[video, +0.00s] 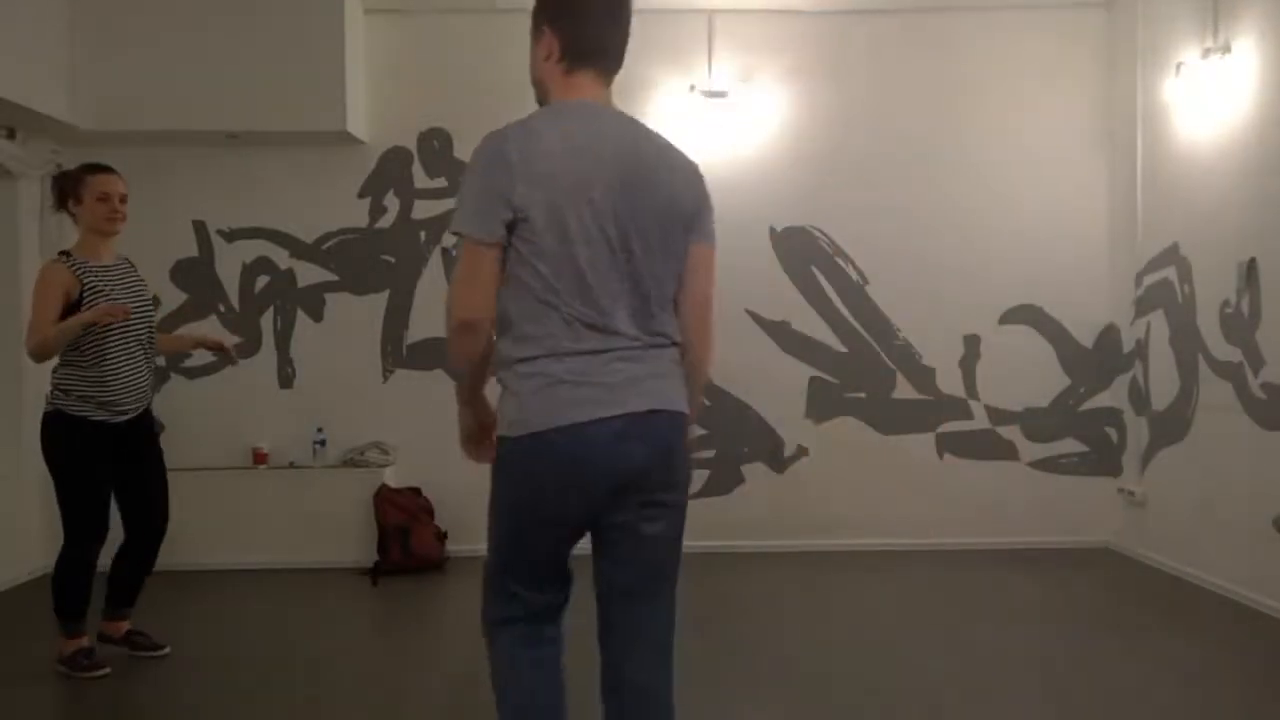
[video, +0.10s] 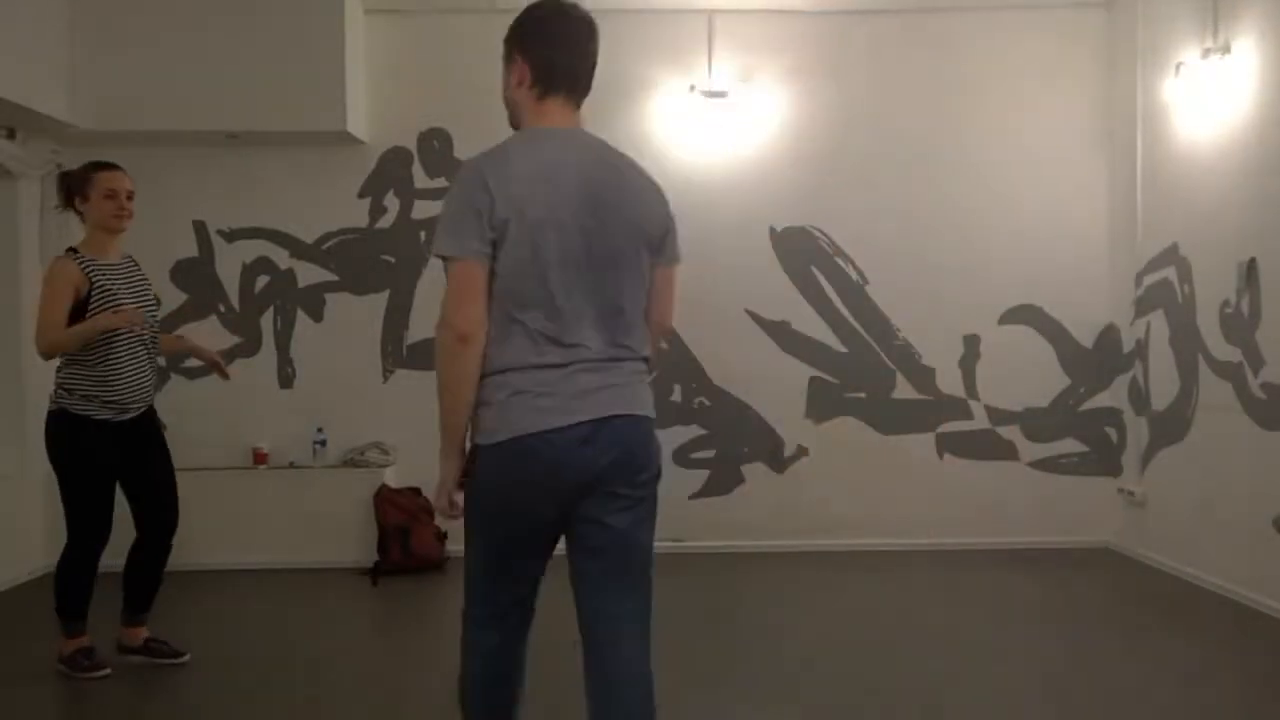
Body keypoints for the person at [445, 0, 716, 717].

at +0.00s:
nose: (531, 54)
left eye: (533, 38)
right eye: (534, 38)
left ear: (550, 45)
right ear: (617, 53)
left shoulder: (507, 153)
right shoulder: (677, 169)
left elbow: (471, 319)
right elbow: (696, 338)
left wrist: (471, 402)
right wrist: (674, 422)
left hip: (545, 433)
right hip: (655, 431)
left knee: (523, 617)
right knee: (641, 632)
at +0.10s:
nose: (505, 82)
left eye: (507, 69)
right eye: (507, 70)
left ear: (521, 72)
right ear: (588, 75)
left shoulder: (486, 177)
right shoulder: (641, 184)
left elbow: (464, 328)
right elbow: (658, 321)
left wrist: (453, 450)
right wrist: (612, 382)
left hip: (517, 441)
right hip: (623, 433)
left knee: (494, 636)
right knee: (621, 640)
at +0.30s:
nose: (448, 113)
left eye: (449, 102)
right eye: (449, 103)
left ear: (461, 106)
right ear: (524, 109)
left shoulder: (431, 203)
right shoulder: (573, 208)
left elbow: (422, 330)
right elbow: (588, 330)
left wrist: (403, 453)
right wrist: (542, 369)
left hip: (458, 437)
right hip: (549, 435)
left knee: (456, 599)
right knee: (553, 599)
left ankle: (465, 713)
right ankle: (585, 713)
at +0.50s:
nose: (410, 122)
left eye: (411, 111)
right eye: (413, 110)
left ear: (423, 113)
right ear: (478, 115)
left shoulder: (394, 193)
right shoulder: (528, 206)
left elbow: (371, 311)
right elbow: (549, 323)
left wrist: (348, 416)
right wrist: (531, 398)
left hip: (427, 413)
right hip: (508, 408)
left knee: (440, 568)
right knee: (485, 548)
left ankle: (463, 708)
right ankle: (494, 697)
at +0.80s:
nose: (365, 155)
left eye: (367, 144)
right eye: (367, 144)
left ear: (385, 145)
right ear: (427, 148)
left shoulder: (379, 218)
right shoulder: (470, 229)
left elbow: (360, 327)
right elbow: (485, 336)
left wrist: (307, 389)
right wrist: (452, 384)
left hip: (394, 417)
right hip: (460, 412)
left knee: (375, 557)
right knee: (440, 551)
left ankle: (436, 682)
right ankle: (421, 678)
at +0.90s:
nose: (350, 155)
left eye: (352, 144)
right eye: (351, 144)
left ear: (370, 145)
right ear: (410, 146)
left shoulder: (377, 214)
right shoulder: (444, 218)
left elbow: (366, 321)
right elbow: (447, 313)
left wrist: (316, 394)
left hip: (388, 405)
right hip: (449, 401)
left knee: (350, 532)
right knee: (433, 543)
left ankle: (401, 677)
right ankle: (422, 682)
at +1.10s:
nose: (316, 169)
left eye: (319, 158)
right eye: (316, 158)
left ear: (343, 160)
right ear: (368, 161)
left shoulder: (364, 228)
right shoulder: (401, 224)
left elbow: (376, 326)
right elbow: (369, 319)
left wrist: (350, 421)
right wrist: (303, 353)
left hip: (368, 412)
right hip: (416, 403)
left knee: (344, 541)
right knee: (414, 543)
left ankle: (330, 657)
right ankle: (420, 678)